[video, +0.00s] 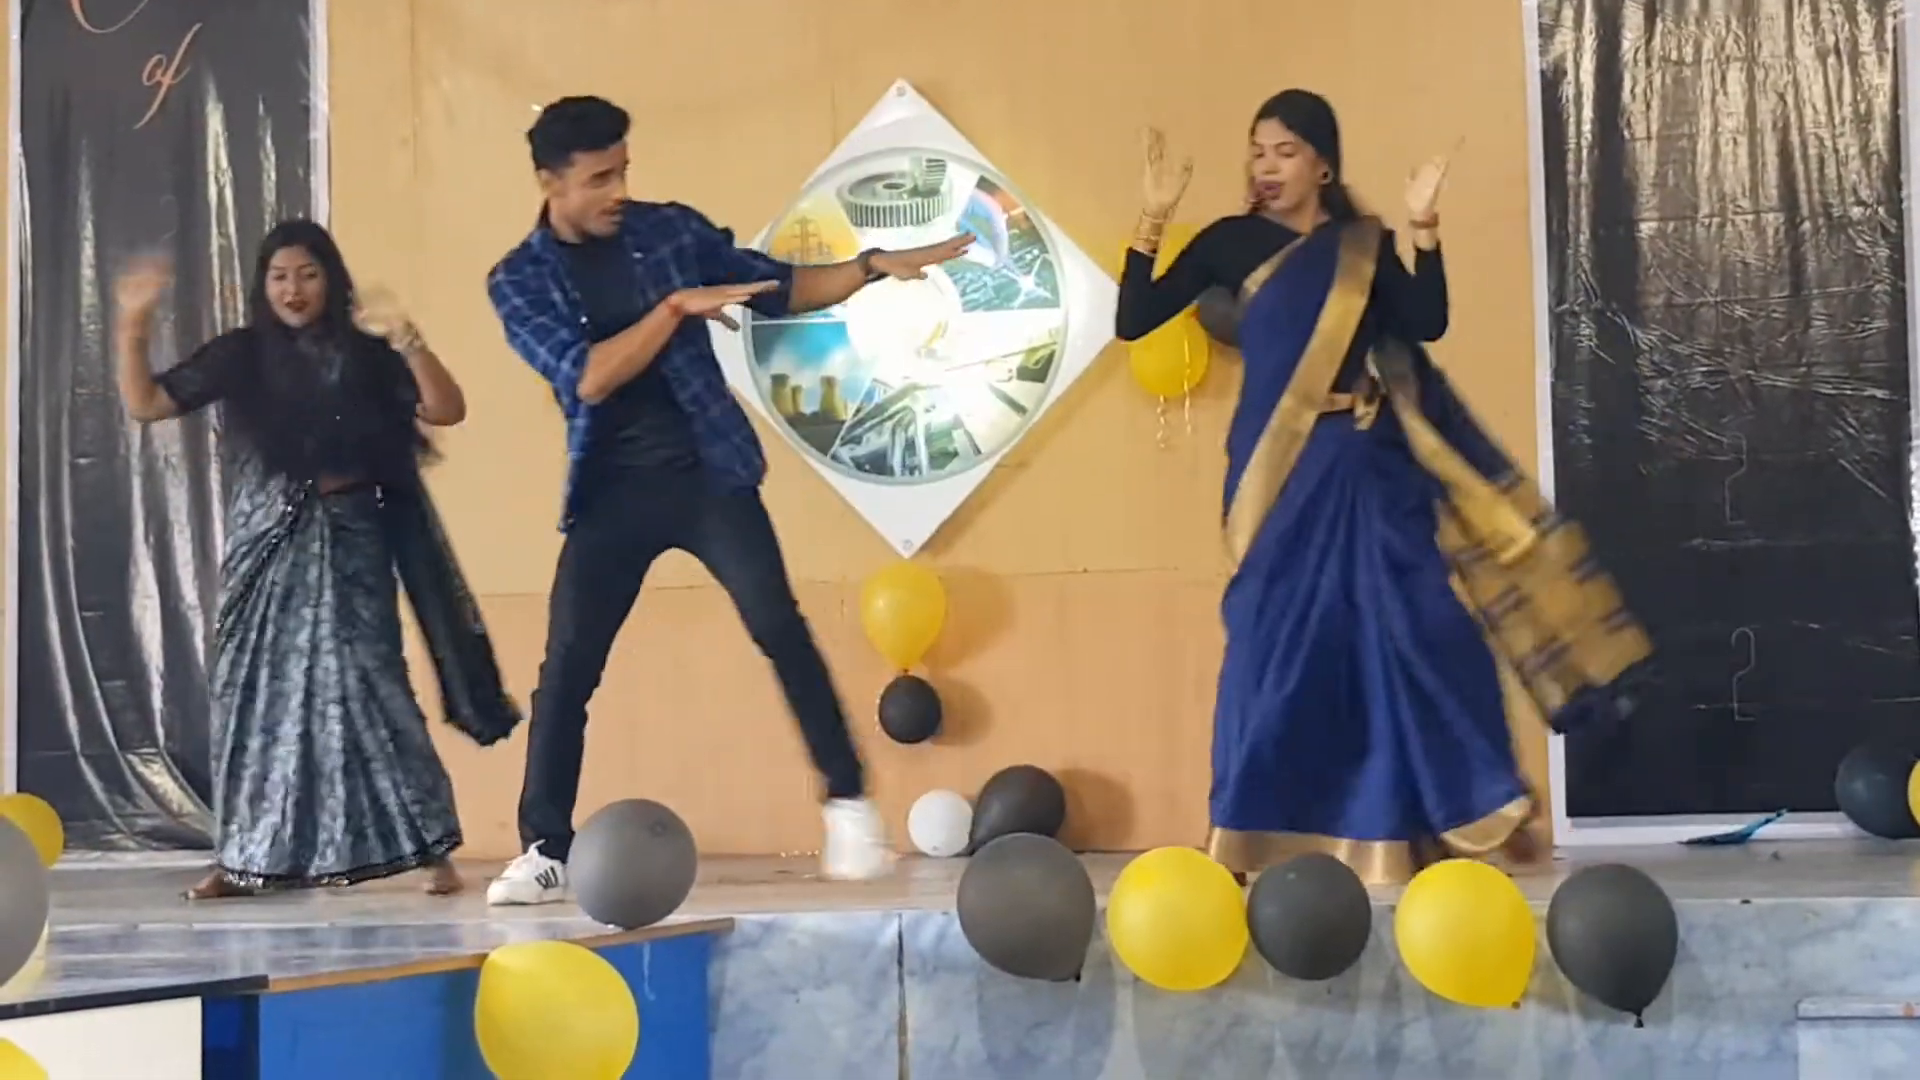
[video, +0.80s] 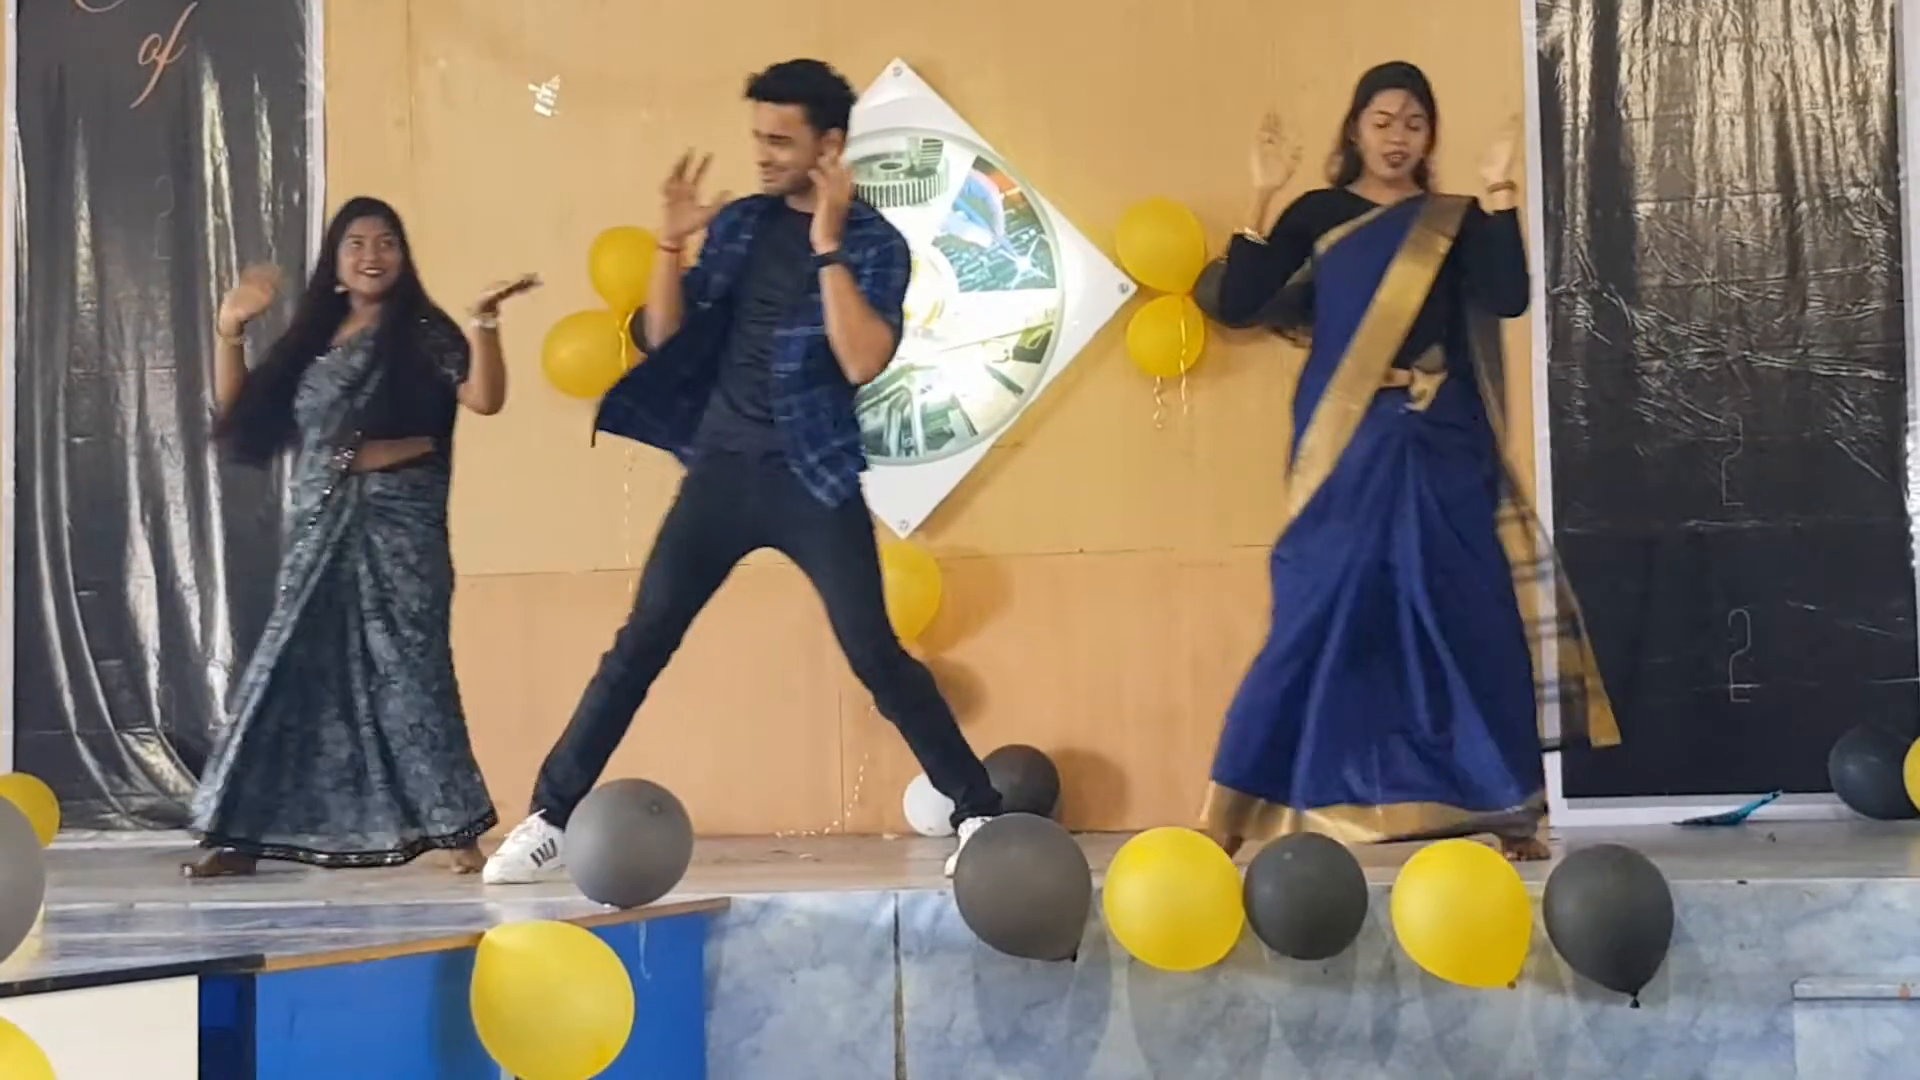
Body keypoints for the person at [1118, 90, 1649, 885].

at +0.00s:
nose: (1266, 167)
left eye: (1284, 151)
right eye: (1257, 152)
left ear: (1324, 162)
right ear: (1249, 163)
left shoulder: (1370, 242)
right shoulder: (1232, 239)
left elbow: (1429, 324)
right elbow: (1133, 320)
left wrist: (1423, 231)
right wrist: (1150, 221)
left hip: (1374, 459)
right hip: (1281, 465)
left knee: (1406, 635)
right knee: (1273, 646)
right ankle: (1240, 848)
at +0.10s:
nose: (1247, 156)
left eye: (1264, 141)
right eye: (1238, 142)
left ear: (1301, 149)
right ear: (1229, 151)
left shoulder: (1346, 230)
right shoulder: (1211, 232)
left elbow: (1417, 305)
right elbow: (1106, 307)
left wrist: (1399, 216)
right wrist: (1128, 216)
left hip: (1353, 457)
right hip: (1256, 462)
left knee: (1370, 636)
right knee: (1256, 641)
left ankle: (1369, 825)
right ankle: (1231, 837)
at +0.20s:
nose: (1238, 149)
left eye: (1255, 134)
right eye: (1227, 134)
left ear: (1288, 144)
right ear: (1213, 146)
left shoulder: (1338, 217)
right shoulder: (1198, 227)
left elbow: (1406, 301)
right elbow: (1095, 301)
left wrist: (1377, 211)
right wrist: (1116, 205)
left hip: (1327, 444)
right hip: (1237, 449)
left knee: (1314, 633)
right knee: (1244, 635)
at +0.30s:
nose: (1250, 161)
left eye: (1267, 150)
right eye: (1237, 146)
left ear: (1287, 164)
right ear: (1215, 157)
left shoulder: (1324, 242)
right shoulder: (1193, 249)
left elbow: (1382, 339)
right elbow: (1105, 318)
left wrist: (1365, 247)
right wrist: (1109, 223)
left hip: (1315, 458)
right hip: (1228, 459)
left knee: (1291, 646)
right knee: (1231, 643)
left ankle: (1246, 846)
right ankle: (1212, 840)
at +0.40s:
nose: (1278, 180)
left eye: (1292, 168)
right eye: (1265, 163)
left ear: (1306, 181)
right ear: (1231, 168)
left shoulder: (1330, 256)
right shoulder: (1189, 252)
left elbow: (1372, 358)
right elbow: (1109, 331)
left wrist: (1371, 261)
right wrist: (1122, 258)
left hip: (1325, 463)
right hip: (1230, 464)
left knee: (1349, 634)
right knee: (1231, 642)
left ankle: (1335, 805)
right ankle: (1229, 839)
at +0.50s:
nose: (1306, 168)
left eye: (1319, 158)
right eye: (1294, 152)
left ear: (1329, 170)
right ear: (1260, 154)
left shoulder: (1342, 249)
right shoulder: (1208, 228)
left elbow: (1394, 327)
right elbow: (1118, 305)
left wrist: (1391, 229)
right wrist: (1147, 223)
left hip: (1338, 456)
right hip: (1242, 456)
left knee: (1379, 621)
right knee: (1235, 628)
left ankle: (1432, 816)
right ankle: (1192, 822)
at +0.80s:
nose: (1398, 134)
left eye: (1413, 121)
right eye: (1383, 120)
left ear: (1431, 135)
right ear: (1355, 130)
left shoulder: (1464, 219)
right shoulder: (1320, 211)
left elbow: (1510, 299)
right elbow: (1234, 300)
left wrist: (1504, 210)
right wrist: (1262, 206)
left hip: (1446, 438)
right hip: (1344, 439)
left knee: (1478, 613)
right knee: (1315, 613)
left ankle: (1511, 809)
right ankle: (1226, 813)